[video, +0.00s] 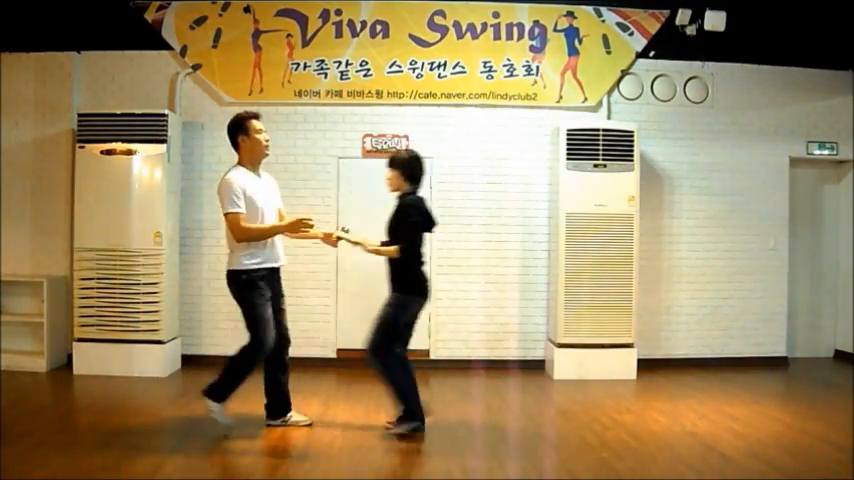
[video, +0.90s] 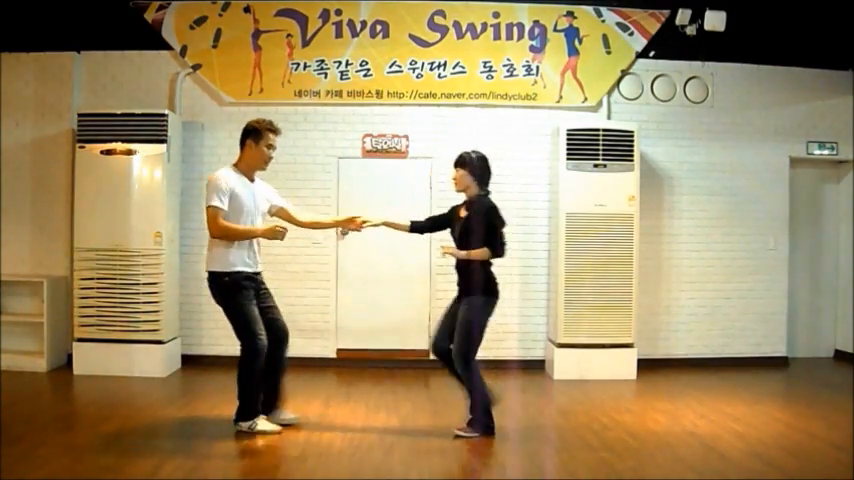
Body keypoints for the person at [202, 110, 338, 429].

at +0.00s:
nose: (267, 137)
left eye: (265, 132)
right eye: (260, 133)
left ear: (251, 141)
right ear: (241, 141)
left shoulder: (268, 181)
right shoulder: (231, 182)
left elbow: (281, 226)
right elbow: (239, 233)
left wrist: (318, 235)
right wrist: (285, 227)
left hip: (270, 271)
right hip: (246, 274)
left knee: (279, 341)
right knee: (263, 341)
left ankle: (278, 412)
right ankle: (215, 396)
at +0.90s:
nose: (273, 154)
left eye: (274, 149)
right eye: (269, 147)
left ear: (259, 149)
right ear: (249, 145)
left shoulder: (261, 189)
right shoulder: (221, 181)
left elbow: (299, 221)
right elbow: (216, 228)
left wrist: (339, 222)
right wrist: (260, 231)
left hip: (252, 276)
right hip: (227, 277)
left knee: (278, 334)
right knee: (255, 342)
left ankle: (270, 408)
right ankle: (247, 418)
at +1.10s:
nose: (259, 155)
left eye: (260, 149)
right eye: (255, 148)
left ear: (245, 151)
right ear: (234, 147)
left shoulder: (249, 192)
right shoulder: (211, 185)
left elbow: (272, 233)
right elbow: (212, 237)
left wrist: (314, 236)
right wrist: (258, 241)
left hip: (240, 279)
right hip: (217, 280)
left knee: (242, 345)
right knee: (250, 341)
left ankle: (188, 394)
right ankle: (247, 417)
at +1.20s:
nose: (254, 154)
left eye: (255, 148)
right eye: (249, 147)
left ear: (241, 150)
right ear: (229, 147)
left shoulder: (243, 191)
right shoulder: (206, 185)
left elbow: (261, 235)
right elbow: (204, 237)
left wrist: (301, 238)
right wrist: (249, 241)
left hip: (228, 279)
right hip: (209, 280)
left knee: (212, 348)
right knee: (240, 341)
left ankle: (173, 403)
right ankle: (246, 416)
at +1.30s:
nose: (250, 152)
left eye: (251, 146)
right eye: (245, 145)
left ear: (235, 148)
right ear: (225, 145)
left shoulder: (239, 187)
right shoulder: (201, 182)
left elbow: (250, 235)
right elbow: (198, 233)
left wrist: (289, 235)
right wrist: (243, 236)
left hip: (218, 274)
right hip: (198, 274)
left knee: (199, 344)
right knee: (227, 339)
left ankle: (171, 407)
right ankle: (235, 415)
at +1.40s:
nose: (246, 153)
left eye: (247, 147)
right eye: (242, 145)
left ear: (228, 148)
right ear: (222, 145)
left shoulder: (233, 186)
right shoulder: (197, 181)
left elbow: (241, 233)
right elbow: (194, 233)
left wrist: (276, 235)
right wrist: (240, 235)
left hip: (214, 274)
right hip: (193, 274)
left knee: (197, 344)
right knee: (220, 337)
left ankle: (169, 408)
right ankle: (201, 410)